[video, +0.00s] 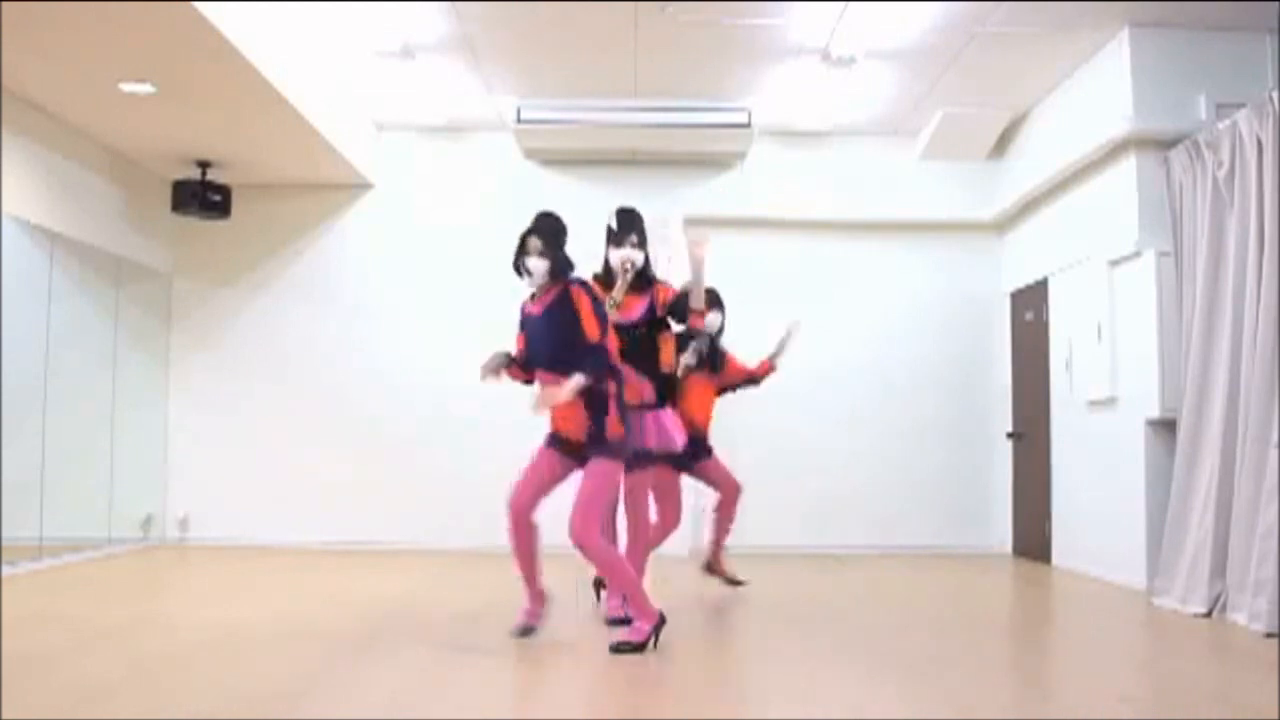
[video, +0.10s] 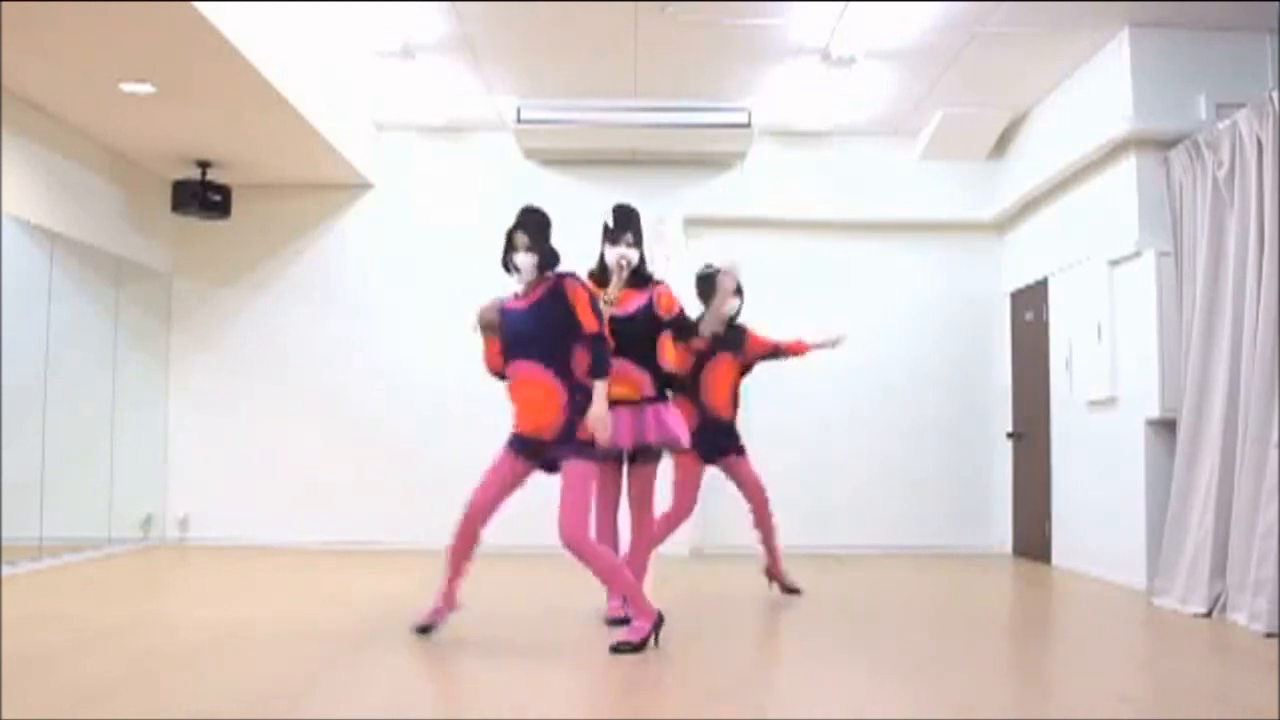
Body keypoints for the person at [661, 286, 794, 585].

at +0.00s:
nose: (706, 321)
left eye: (713, 314)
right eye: (699, 313)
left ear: (720, 319)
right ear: (688, 315)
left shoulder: (716, 358)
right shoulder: (671, 347)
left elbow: (750, 376)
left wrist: (778, 351)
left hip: (693, 444)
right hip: (661, 444)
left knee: (730, 488)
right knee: (668, 517)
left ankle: (715, 558)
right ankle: (617, 574)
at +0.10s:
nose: (736, 300)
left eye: (737, 292)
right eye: (729, 292)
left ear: (737, 298)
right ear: (709, 296)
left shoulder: (741, 340)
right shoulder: (685, 336)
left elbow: (778, 350)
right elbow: (671, 374)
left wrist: (816, 345)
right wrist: (694, 348)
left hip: (722, 434)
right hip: (688, 433)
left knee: (757, 494)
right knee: (681, 508)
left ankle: (774, 566)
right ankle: (633, 558)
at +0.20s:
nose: (753, 298)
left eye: (757, 291)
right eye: (746, 291)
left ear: (761, 294)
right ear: (730, 294)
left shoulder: (765, 331)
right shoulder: (714, 332)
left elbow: (796, 347)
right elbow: (693, 364)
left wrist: (822, 358)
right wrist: (723, 359)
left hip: (754, 421)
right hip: (722, 423)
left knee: (780, 496)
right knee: (730, 504)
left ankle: (781, 566)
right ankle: (662, 549)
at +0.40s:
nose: (791, 291)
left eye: (794, 283)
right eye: (783, 285)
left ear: (800, 287)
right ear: (768, 289)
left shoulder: (805, 331)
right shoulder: (756, 329)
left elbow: (812, 381)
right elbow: (747, 380)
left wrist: (815, 424)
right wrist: (743, 428)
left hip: (794, 417)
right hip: (763, 417)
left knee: (792, 491)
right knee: (800, 486)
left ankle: (784, 566)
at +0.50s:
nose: (805, 293)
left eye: (808, 286)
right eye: (797, 286)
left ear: (815, 290)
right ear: (784, 291)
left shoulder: (820, 333)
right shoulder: (771, 330)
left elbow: (823, 382)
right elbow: (761, 380)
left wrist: (832, 417)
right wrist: (762, 420)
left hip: (814, 421)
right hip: (784, 422)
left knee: (820, 495)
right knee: (818, 491)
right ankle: (833, 569)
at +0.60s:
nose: (815, 292)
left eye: (819, 284)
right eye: (807, 286)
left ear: (826, 288)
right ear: (796, 290)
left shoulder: (832, 330)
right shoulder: (782, 327)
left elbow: (842, 373)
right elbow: (757, 373)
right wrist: (778, 376)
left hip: (828, 419)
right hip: (796, 422)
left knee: (847, 492)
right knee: (830, 491)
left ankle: (825, 553)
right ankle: (834, 566)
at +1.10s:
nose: (817, 287)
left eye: (824, 280)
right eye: (814, 280)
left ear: (842, 283)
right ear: (811, 284)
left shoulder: (852, 320)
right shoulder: (812, 323)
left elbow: (849, 353)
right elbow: (803, 361)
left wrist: (869, 322)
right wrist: (785, 337)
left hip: (842, 414)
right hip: (813, 413)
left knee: (832, 492)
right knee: (827, 495)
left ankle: (843, 577)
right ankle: (842, 576)